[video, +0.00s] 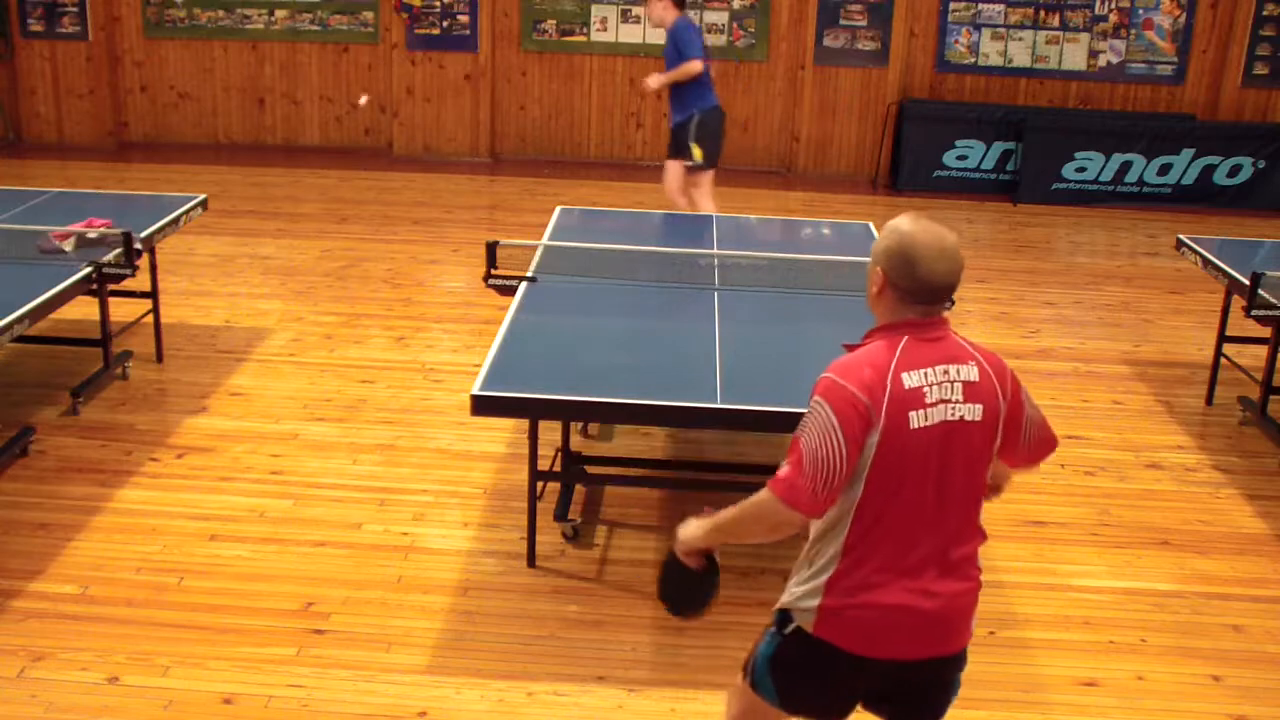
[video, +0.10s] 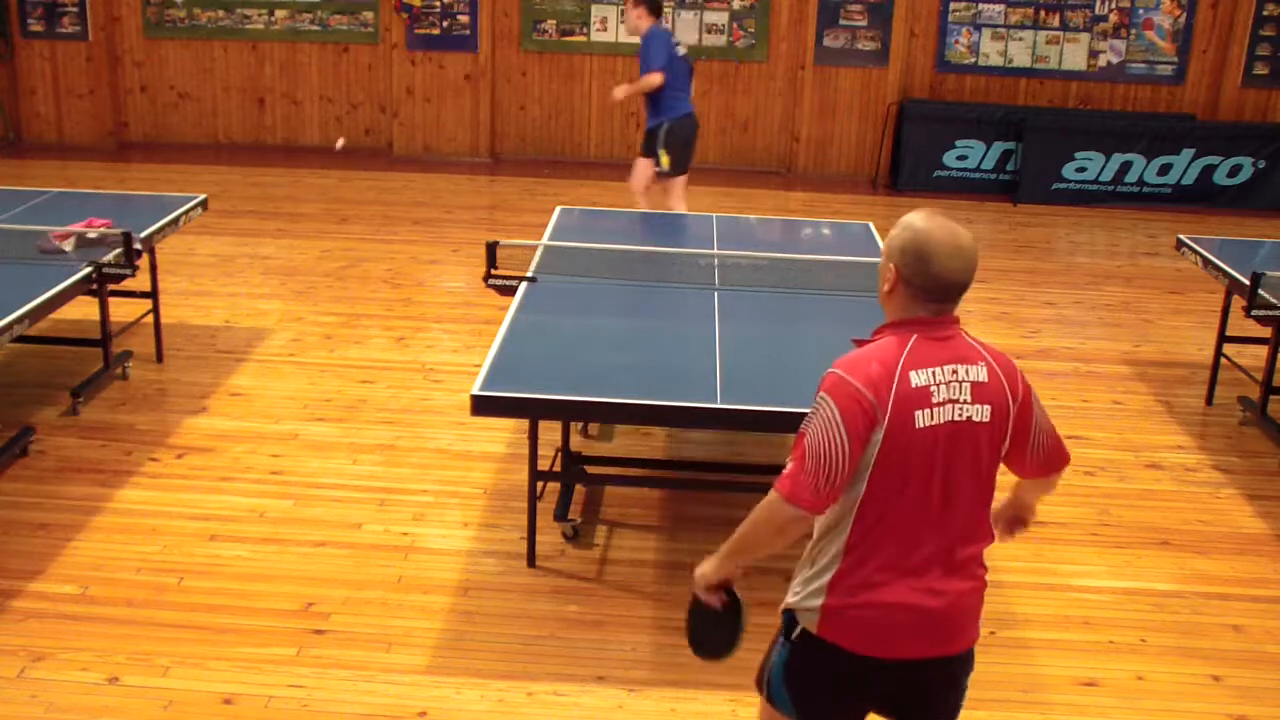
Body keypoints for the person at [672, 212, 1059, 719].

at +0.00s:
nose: (869, 268)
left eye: (873, 260)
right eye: (877, 256)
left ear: (879, 281)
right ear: (950, 287)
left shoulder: (854, 379)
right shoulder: (989, 370)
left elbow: (794, 501)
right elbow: (1031, 444)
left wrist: (706, 531)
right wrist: (994, 471)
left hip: (837, 630)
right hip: (938, 636)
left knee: (753, 706)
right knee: (914, 713)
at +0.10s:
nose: (880, 265)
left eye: (884, 258)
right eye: (886, 255)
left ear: (891, 277)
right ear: (960, 285)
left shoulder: (860, 376)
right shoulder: (998, 372)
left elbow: (798, 500)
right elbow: (1046, 462)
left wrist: (724, 563)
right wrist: (1020, 505)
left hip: (844, 636)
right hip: (946, 637)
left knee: (785, 701)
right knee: (928, 713)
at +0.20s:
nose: (883, 265)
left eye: (886, 259)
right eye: (889, 255)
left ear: (893, 277)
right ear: (964, 287)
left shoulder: (858, 376)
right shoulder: (999, 376)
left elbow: (794, 499)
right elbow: (1051, 479)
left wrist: (732, 580)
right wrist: (1042, 540)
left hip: (844, 640)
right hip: (946, 640)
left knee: (803, 706)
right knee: (934, 712)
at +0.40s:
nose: (872, 262)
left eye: (875, 256)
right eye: (878, 252)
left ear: (881, 278)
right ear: (956, 286)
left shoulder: (841, 376)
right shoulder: (995, 380)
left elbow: (772, 502)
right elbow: (1037, 505)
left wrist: (712, 584)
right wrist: (1045, 599)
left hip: (831, 645)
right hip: (937, 648)